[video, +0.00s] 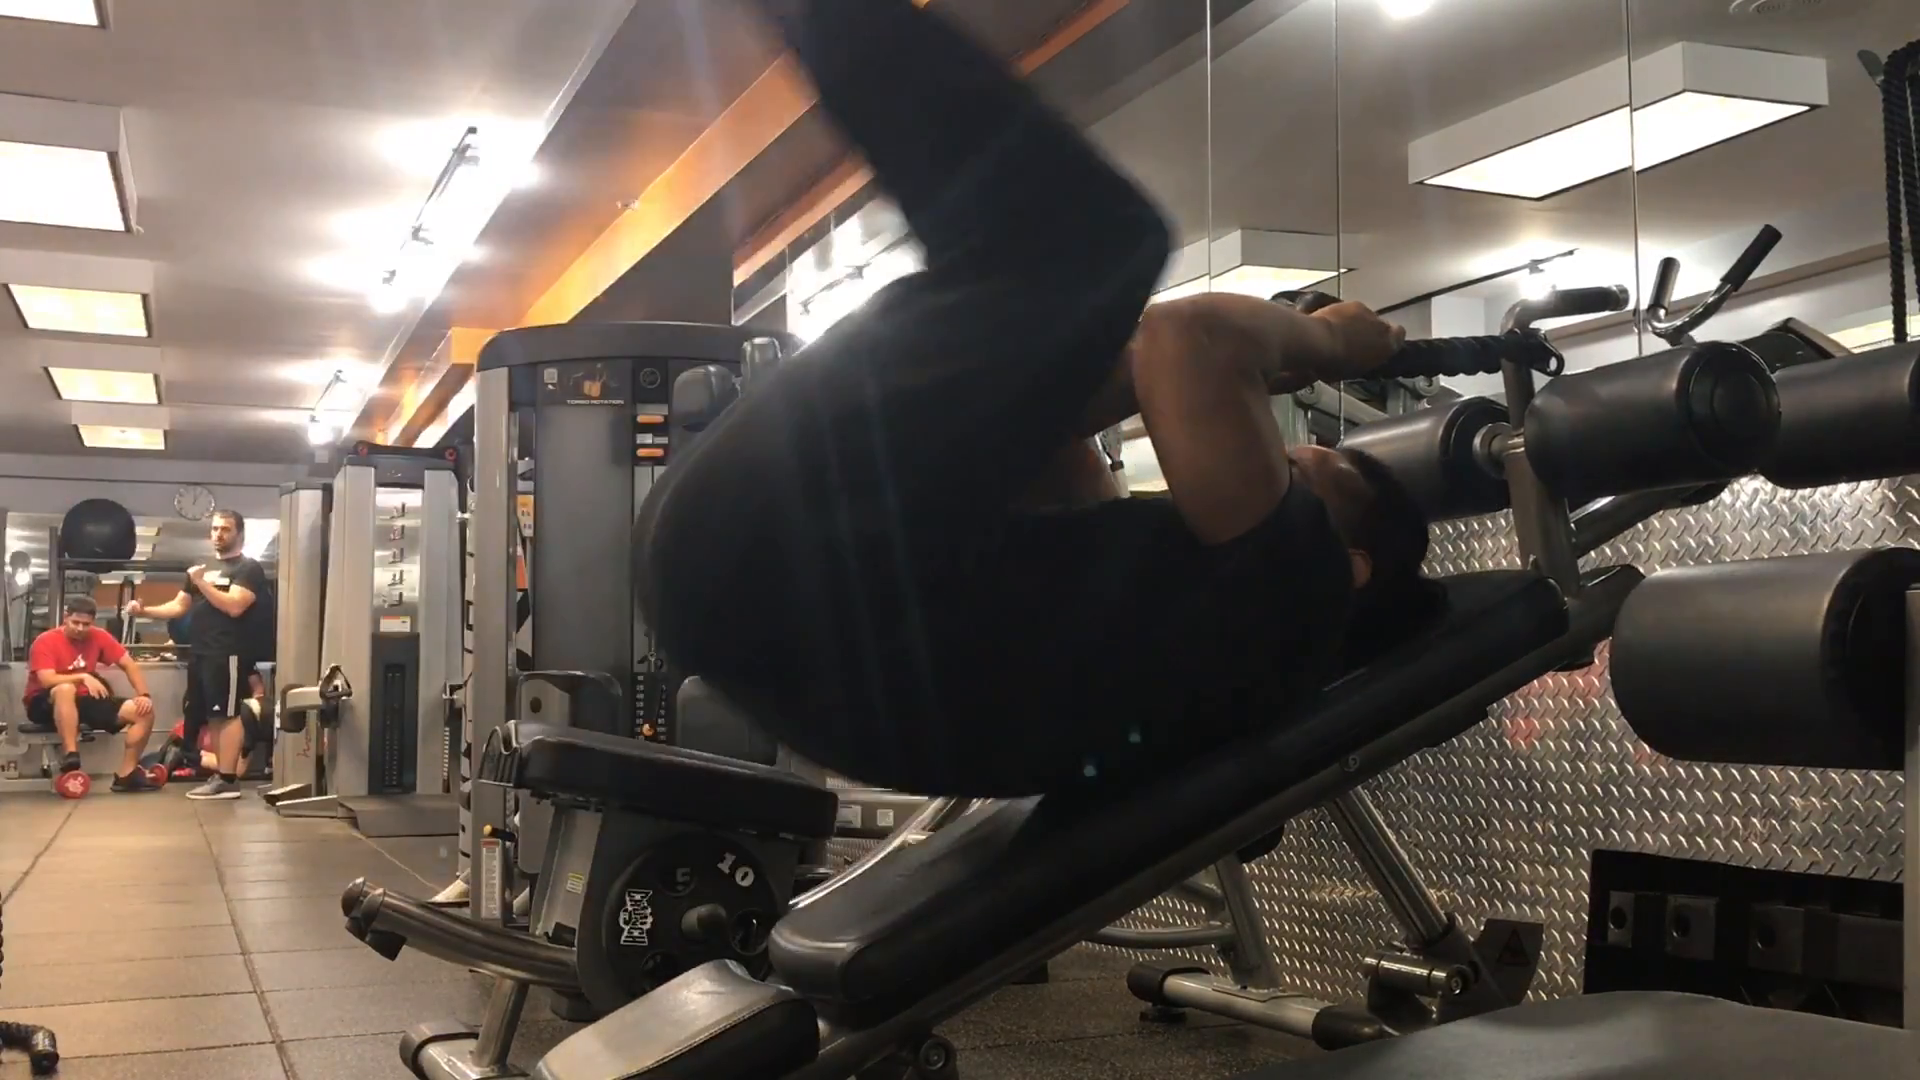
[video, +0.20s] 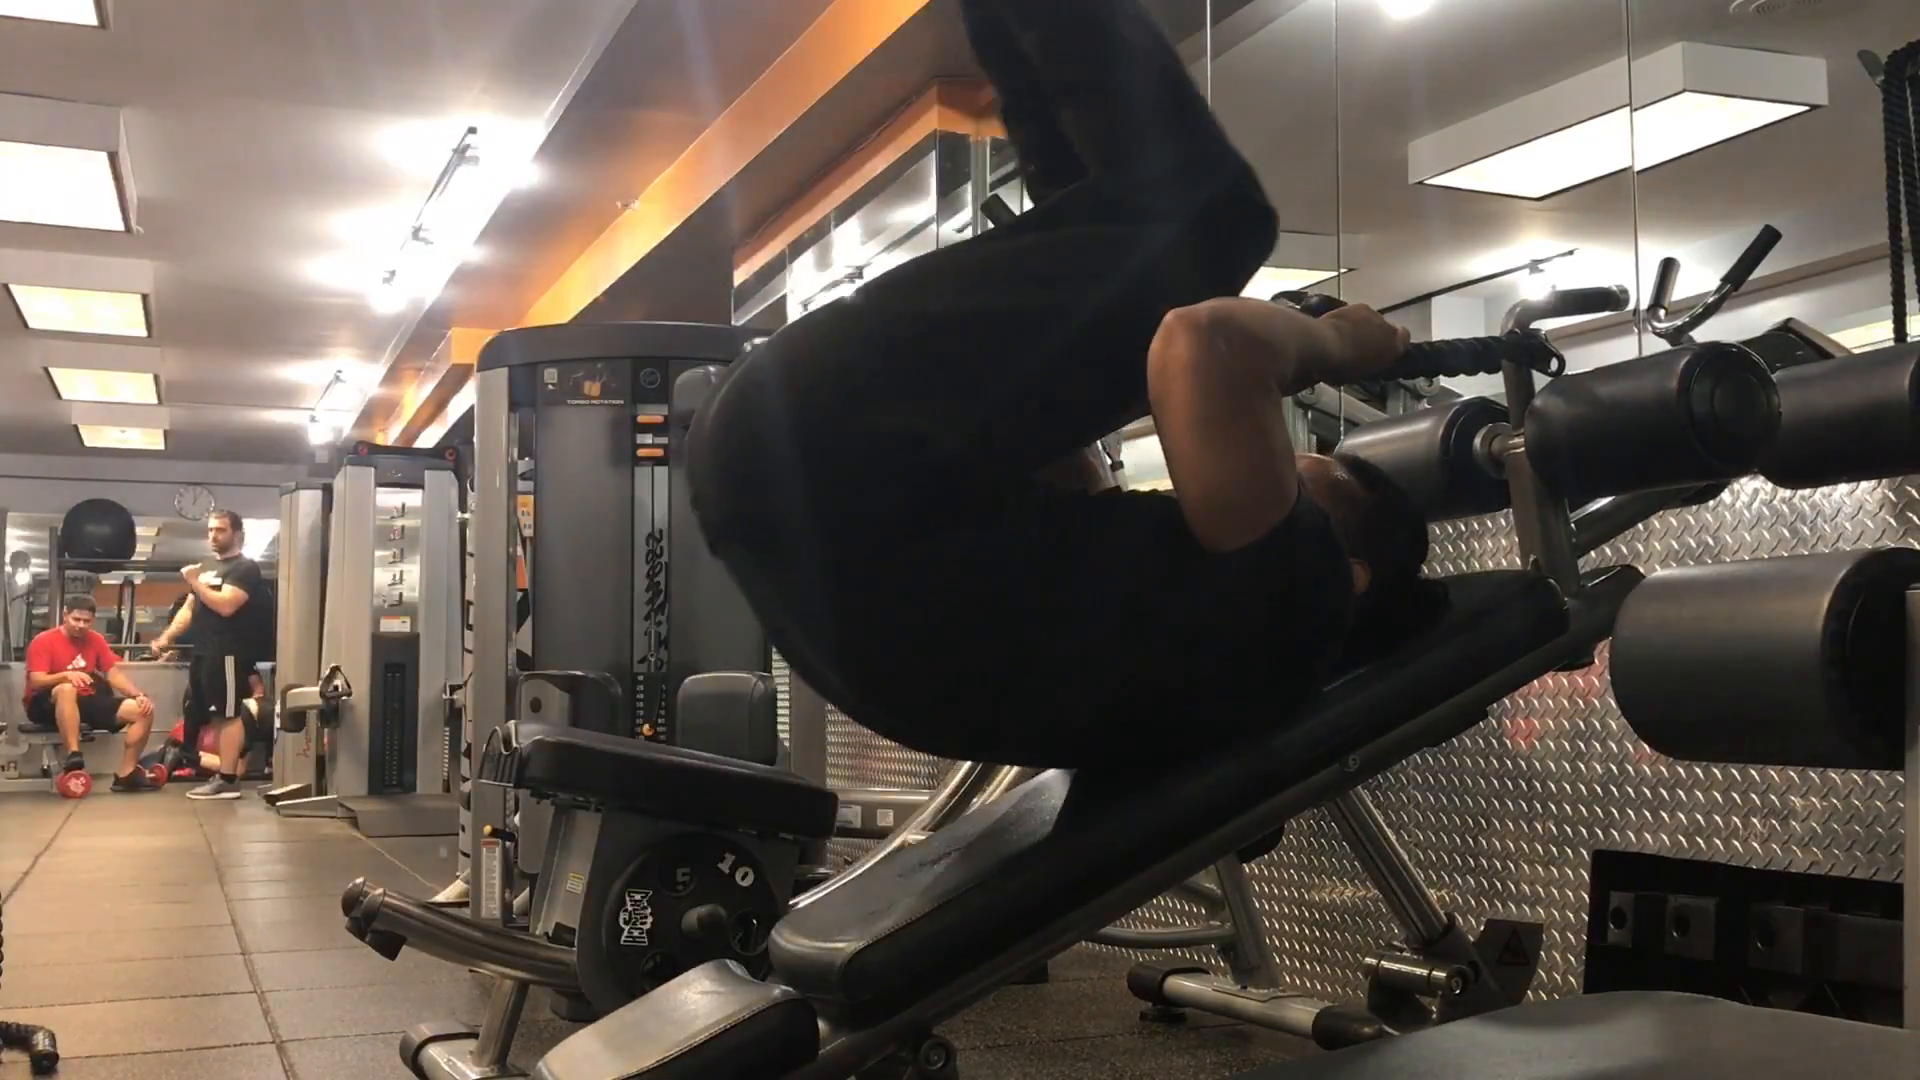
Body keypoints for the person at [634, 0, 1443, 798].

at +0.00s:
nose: (1310, 452)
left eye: (1337, 466)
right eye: (1327, 450)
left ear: (1355, 557)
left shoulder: (1294, 585)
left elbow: (1181, 339)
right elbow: (1060, 452)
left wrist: (1322, 337)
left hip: (758, 552)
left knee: (1106, 242)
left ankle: (813, 15)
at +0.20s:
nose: (1313, 456)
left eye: (1340, 466)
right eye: (1327, 455)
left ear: (1354, 564)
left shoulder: (1296, 600)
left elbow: (1199, 348)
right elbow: (1070, 479)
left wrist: (1332, 340)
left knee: (1217, 218)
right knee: (1128, 241)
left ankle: (1008, 12)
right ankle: (992, 23)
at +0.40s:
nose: (1314, 455)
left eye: (1341, 466)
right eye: (1326, 455)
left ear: (1357, 563)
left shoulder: (1299, 604)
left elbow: (1200, 349)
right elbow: (1069, 477)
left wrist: (1334, 338)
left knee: (1207, 206)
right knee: (1131, 239)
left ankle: (993, 17)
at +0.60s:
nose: (1311, 458)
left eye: (1337, 473)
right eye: (1324, 457)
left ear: (1354, 569)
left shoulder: (1293, 605)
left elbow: (1205, 336)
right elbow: (1038, 396)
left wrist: (1331, 339)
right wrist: (1210, 374)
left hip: (776, 557)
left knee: (1085, 197)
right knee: (982, 241)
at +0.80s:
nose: (1290, 451)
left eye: (1318, 462)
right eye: (1304, 449)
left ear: (1332, 535)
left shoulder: (1259, 603)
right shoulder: (1118, 585)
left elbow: (1190, 329)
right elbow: (1015, 392)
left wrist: (1325, 337)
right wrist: (1223, 364)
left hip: (743, 732)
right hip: (708, 703)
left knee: (871, 217)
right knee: (841, 259)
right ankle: (439, 148)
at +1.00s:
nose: (1226, 473)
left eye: (1263, 472)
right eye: (1248, 465)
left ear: (1293, 514)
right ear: (1240, 503)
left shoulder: (1234, 613)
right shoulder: (1090, 580)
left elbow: (1170, 326)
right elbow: (1017, 389)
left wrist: (1314, 341)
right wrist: (1208, 374)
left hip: (767, 868)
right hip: (723, 802)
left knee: (551, 332)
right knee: (548, 320)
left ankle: (97, 509)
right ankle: (112, 498)